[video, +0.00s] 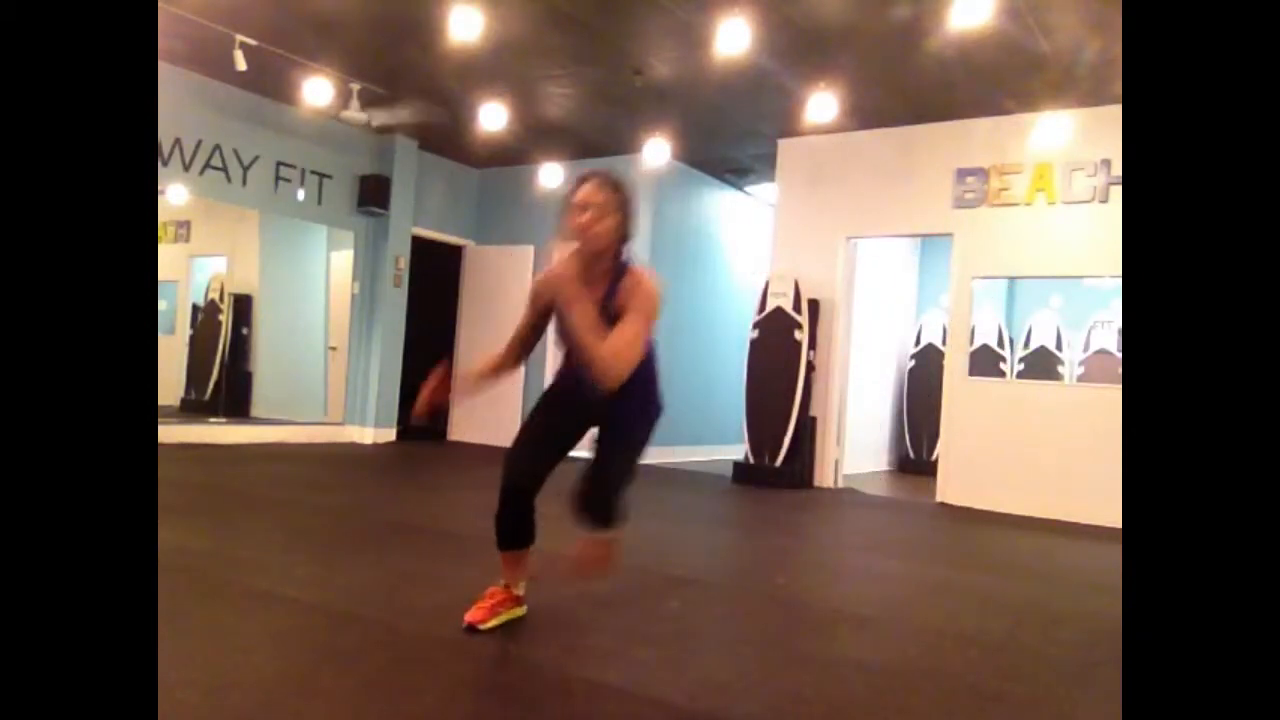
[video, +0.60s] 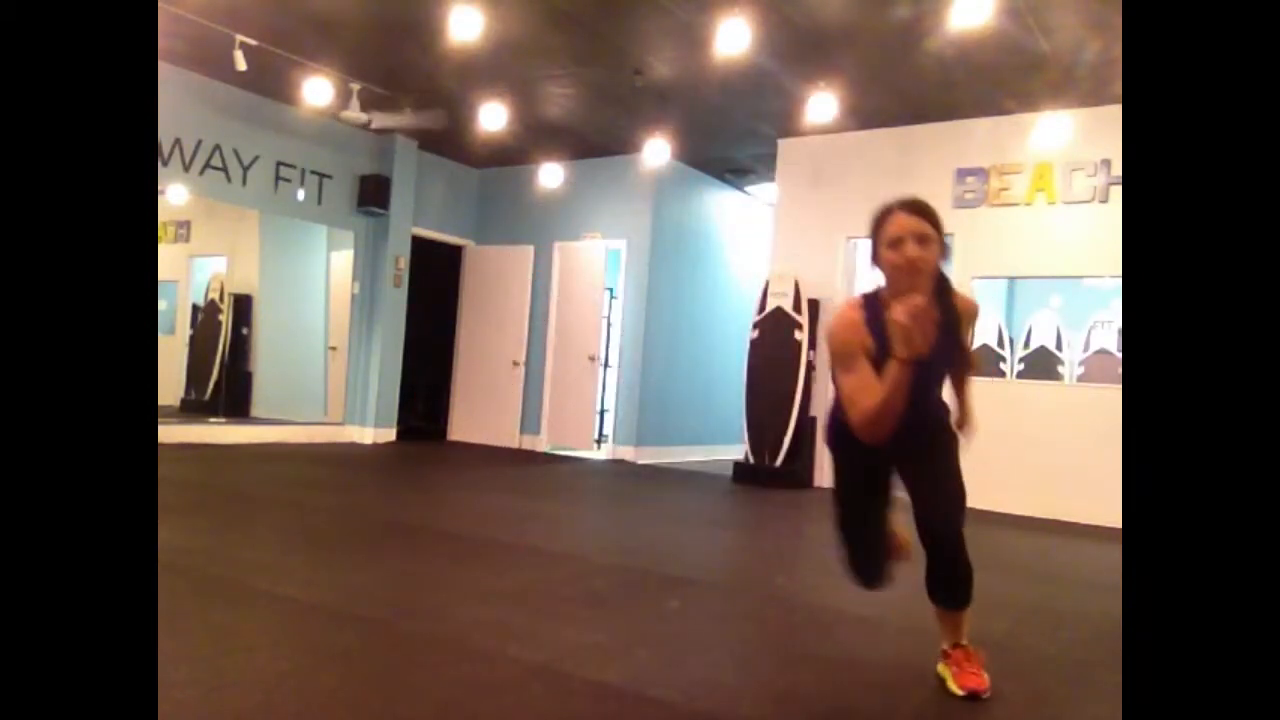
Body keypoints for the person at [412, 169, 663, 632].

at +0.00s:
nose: (584, 220)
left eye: (597, 211)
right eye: (577, 209)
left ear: (621, 223)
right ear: (568, 219)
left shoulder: (639, 287)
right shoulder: (556, 280)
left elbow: (610, 369)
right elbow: (516, 351)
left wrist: (573, 293)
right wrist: (463, 382)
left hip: (630, 401)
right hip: (574, 388)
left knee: (595, 498)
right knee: (518, 477)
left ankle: (604, 531)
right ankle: (511, 590)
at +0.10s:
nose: (647, 181)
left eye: (660, 172)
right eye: (639, 170)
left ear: (679, 184)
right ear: (626, 180)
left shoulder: (692, 246)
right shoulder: (606, 235)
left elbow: (694, 298)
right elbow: (555, 296)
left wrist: (635, 247)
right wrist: (547, 283)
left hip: (665, 380)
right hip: (606, 372)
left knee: (685, 474)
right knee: (542, 475)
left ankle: (721, 526)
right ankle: (514, 588)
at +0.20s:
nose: (713, 140)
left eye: (725, 130)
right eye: (703, 130)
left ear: (743, 145)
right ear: (687, 144)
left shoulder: (761, 207)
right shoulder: (664, 199)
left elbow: (808, 251)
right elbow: (611, 271)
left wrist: (719, 229)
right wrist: (639, 237)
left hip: (726, 354)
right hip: (662, 350)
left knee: (776, 456)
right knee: (594, 455)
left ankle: (832, 562)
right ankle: (520, 566)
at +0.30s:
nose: (771, 141)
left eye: (782, 130)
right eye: (760, 131)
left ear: (802, 145)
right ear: (744, 145)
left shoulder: (831, 206)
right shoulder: (722, 205)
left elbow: (910, 260)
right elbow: (672, 289)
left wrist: (837, 269)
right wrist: (698, 243)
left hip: (792, 358)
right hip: (723, 352)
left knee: (846, 465)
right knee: (646, 443)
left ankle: (914, 587)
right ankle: (576, 535)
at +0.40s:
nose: (828, 176)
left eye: (838, 164)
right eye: (815, 167)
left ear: (858, 173)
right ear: (797, 178)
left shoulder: (886, 238)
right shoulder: (782, 247)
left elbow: (961, 300)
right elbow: (744, 329)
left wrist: (953, 371)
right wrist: (775, 285)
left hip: (848, 385)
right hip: (780, 380)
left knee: (896, 503)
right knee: (734, 443)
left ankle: (951, 636)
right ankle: (678, 503)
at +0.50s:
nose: (874, 220)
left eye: (885, 207)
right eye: (861, 210)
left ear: (906, 218)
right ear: (844, 224)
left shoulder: (931, 282)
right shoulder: (821, 288)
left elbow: (969, 349)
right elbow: (811, 378)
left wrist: (997, 429)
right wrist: (854, 319)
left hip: (899, 417)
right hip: (831, 416)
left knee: (938, 526)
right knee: (785, 531)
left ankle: (955, 647)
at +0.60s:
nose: (911, 252)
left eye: (923, 241)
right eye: (896, 244)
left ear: (940, 252)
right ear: (877, 258)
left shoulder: (958, 310)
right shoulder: (850, 323)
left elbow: (959, 357)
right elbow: (868, 426)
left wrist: (964, 406)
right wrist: (904, 357)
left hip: (923, 424)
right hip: (860, 434)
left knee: (946, 536)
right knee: (868, 568)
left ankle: (954, 650)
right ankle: (889, 535)